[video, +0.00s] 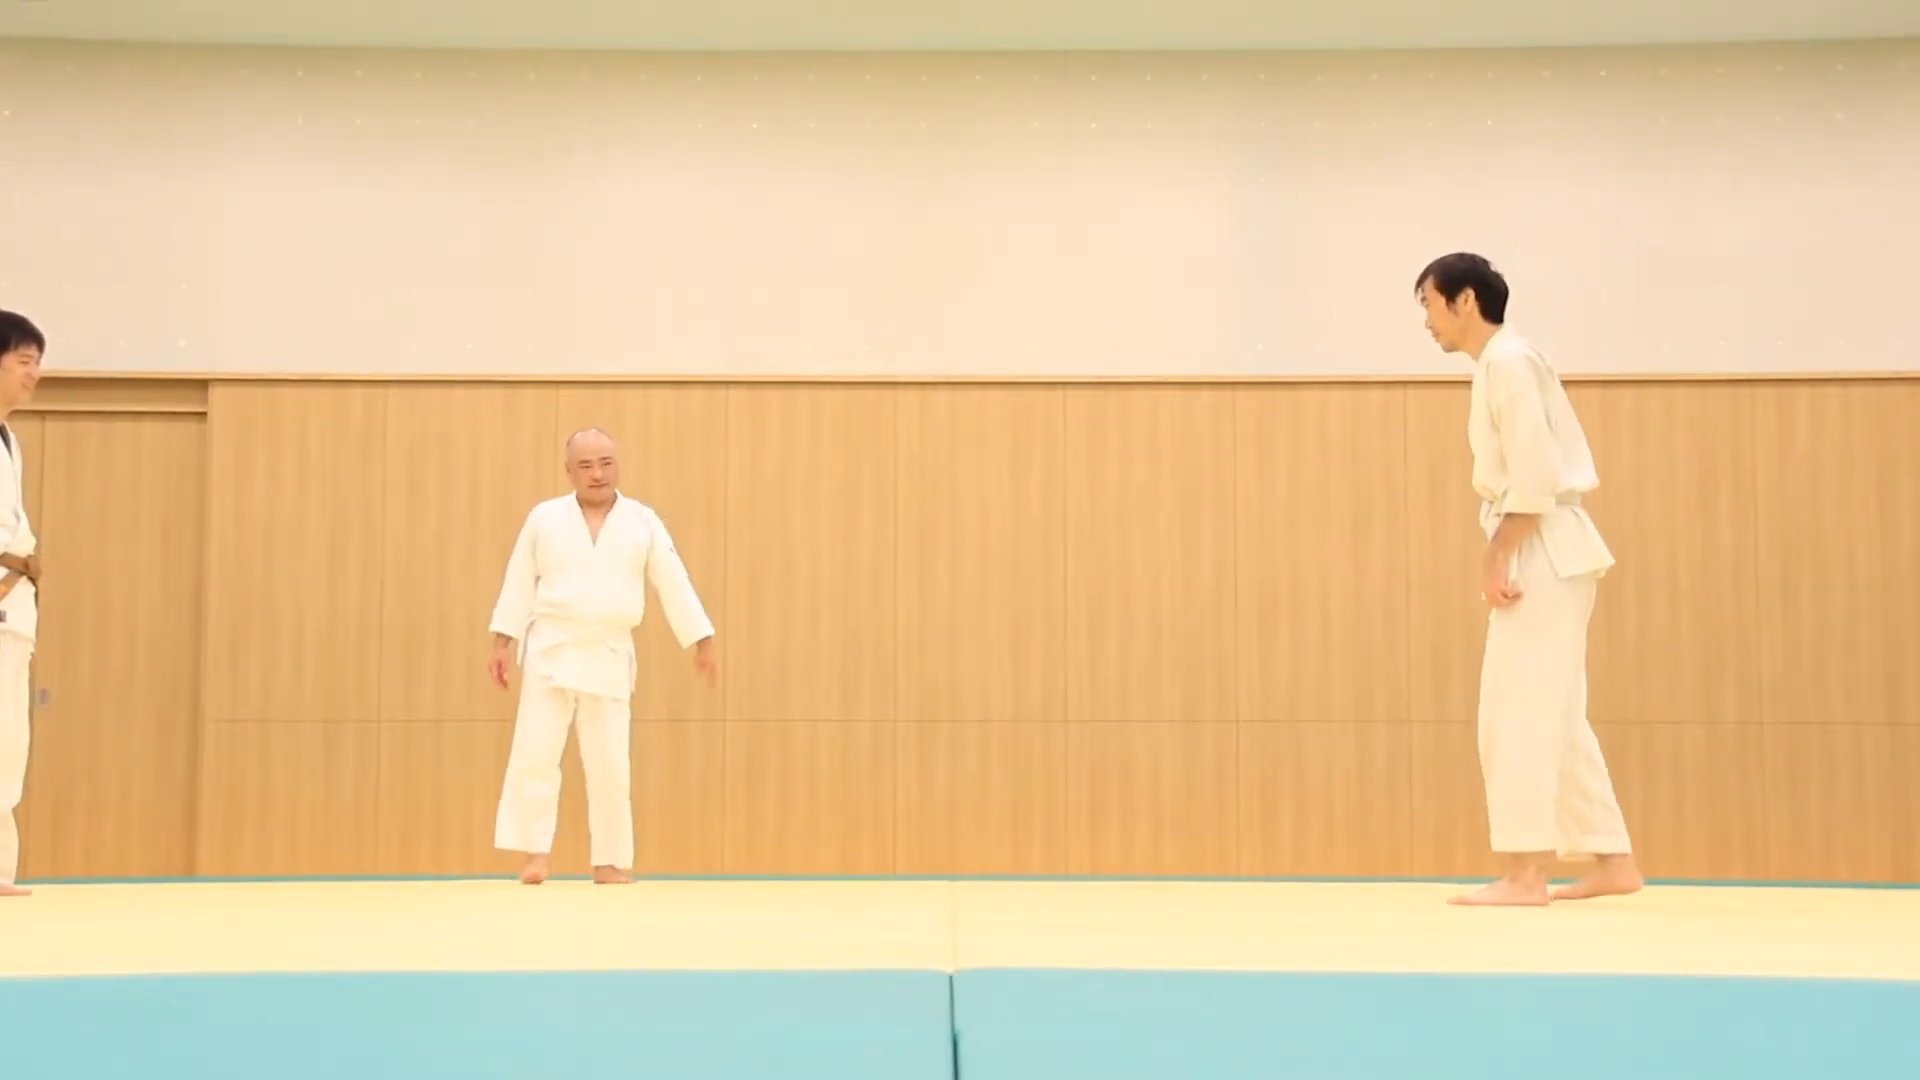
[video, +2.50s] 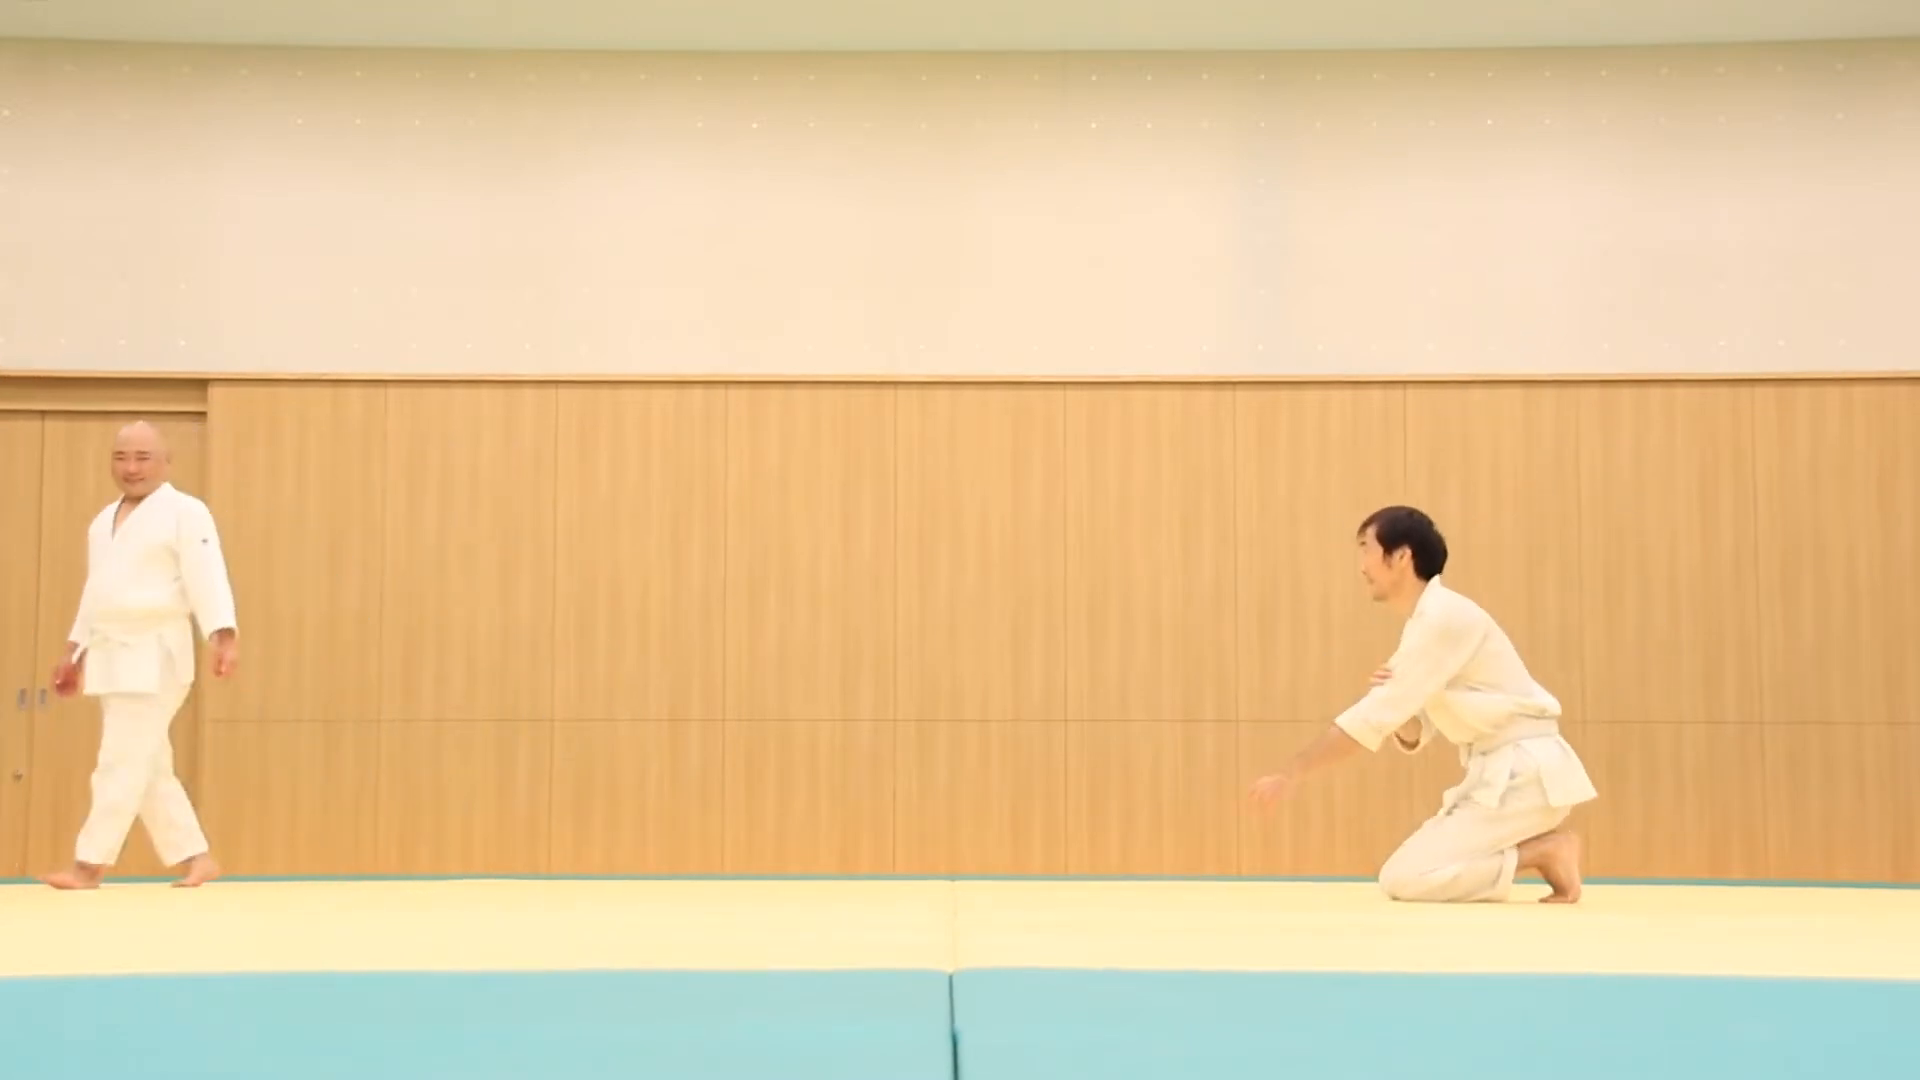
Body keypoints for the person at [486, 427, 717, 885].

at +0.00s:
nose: (597, 473)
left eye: (605, 463)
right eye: (585, 465)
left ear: (618, 466)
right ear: (569, 471)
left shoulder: (641, 519)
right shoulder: (545, 517)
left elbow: (672, 579)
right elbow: (520, 580)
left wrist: (701, 637)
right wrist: (502, 642)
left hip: (609, 653)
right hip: (550, 650)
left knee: (609, 761)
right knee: (536, 753)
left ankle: (609, 864)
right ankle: (535, 855)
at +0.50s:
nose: (519, 479)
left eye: (528, 470)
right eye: (508, 471)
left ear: (540, 474)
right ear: (491, 476)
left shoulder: (560, 526)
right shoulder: (467, 526)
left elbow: (583, 584)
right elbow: (436, 582)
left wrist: (596, 637)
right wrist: (408, 627)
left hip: (544, 656)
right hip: (485, 656)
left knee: (572, 759)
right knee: (476, 760)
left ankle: (600, 862)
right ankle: (469, 865)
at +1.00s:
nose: (431, 478)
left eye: (439, 468)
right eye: (419, 470)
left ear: (450, 471)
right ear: (401, 477)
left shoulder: (473, 522)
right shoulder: (383, 530)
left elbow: (502, 562)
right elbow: (348, 593)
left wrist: (513, 599)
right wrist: (315, 652)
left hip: (465, 657)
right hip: (410, 658)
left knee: (444, 760)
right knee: (425, 758)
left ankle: (371, 844)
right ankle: (459, 861)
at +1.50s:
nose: (368, 470)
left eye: (376, 461)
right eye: (356, 462)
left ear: (386, 466)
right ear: (336, 470)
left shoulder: (399, 521)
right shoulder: (309, 515)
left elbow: (410, 587)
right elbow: (263, 567)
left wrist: (402, 640)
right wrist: (223, 616)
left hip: (372, 655)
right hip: (314, 653)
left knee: (363, 761)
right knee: (288, 751)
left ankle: (352, 862)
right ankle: (272, 855)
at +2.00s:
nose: (231, 472)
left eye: (241, 463)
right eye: (221, 464)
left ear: (262, 468)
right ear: (211, 471)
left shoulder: (291, 521)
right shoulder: (191, 525)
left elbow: (319, 578)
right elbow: (167, 592)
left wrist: (338, 629)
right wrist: (154, 657)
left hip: (262, 662)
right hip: (199, 661)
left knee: (293, 761)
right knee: (192, 765)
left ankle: (313, 858)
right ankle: (204, 866)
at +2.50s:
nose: (131, 466)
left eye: (143, 457)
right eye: (121, 457)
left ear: (165, 462)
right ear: (112, 463)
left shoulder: (186, 513)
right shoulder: (103, 522)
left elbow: (207, 574)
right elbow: (95, 592)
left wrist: (223, 635)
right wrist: (74, 651)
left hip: (158, 654)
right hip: (111, 655)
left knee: (121, 757)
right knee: (145, 761)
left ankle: (88, 867)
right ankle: (197, 857)